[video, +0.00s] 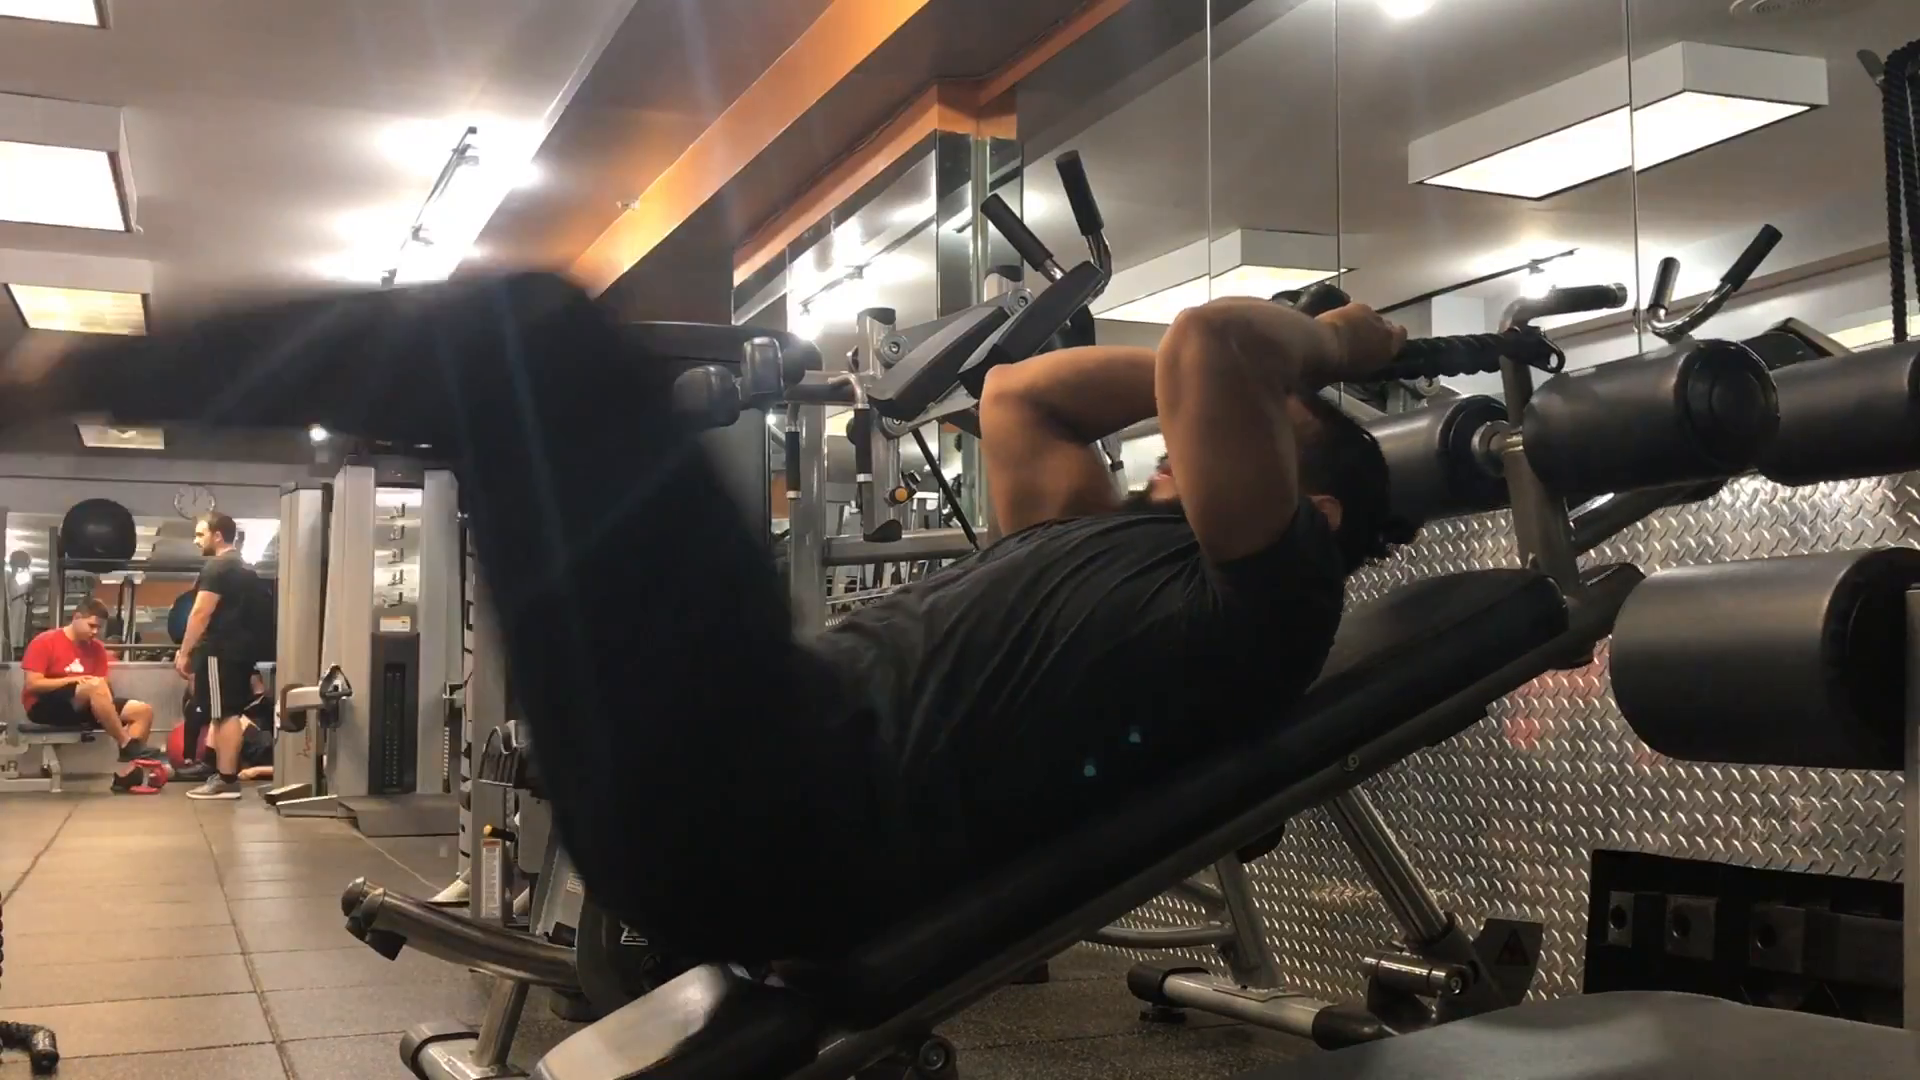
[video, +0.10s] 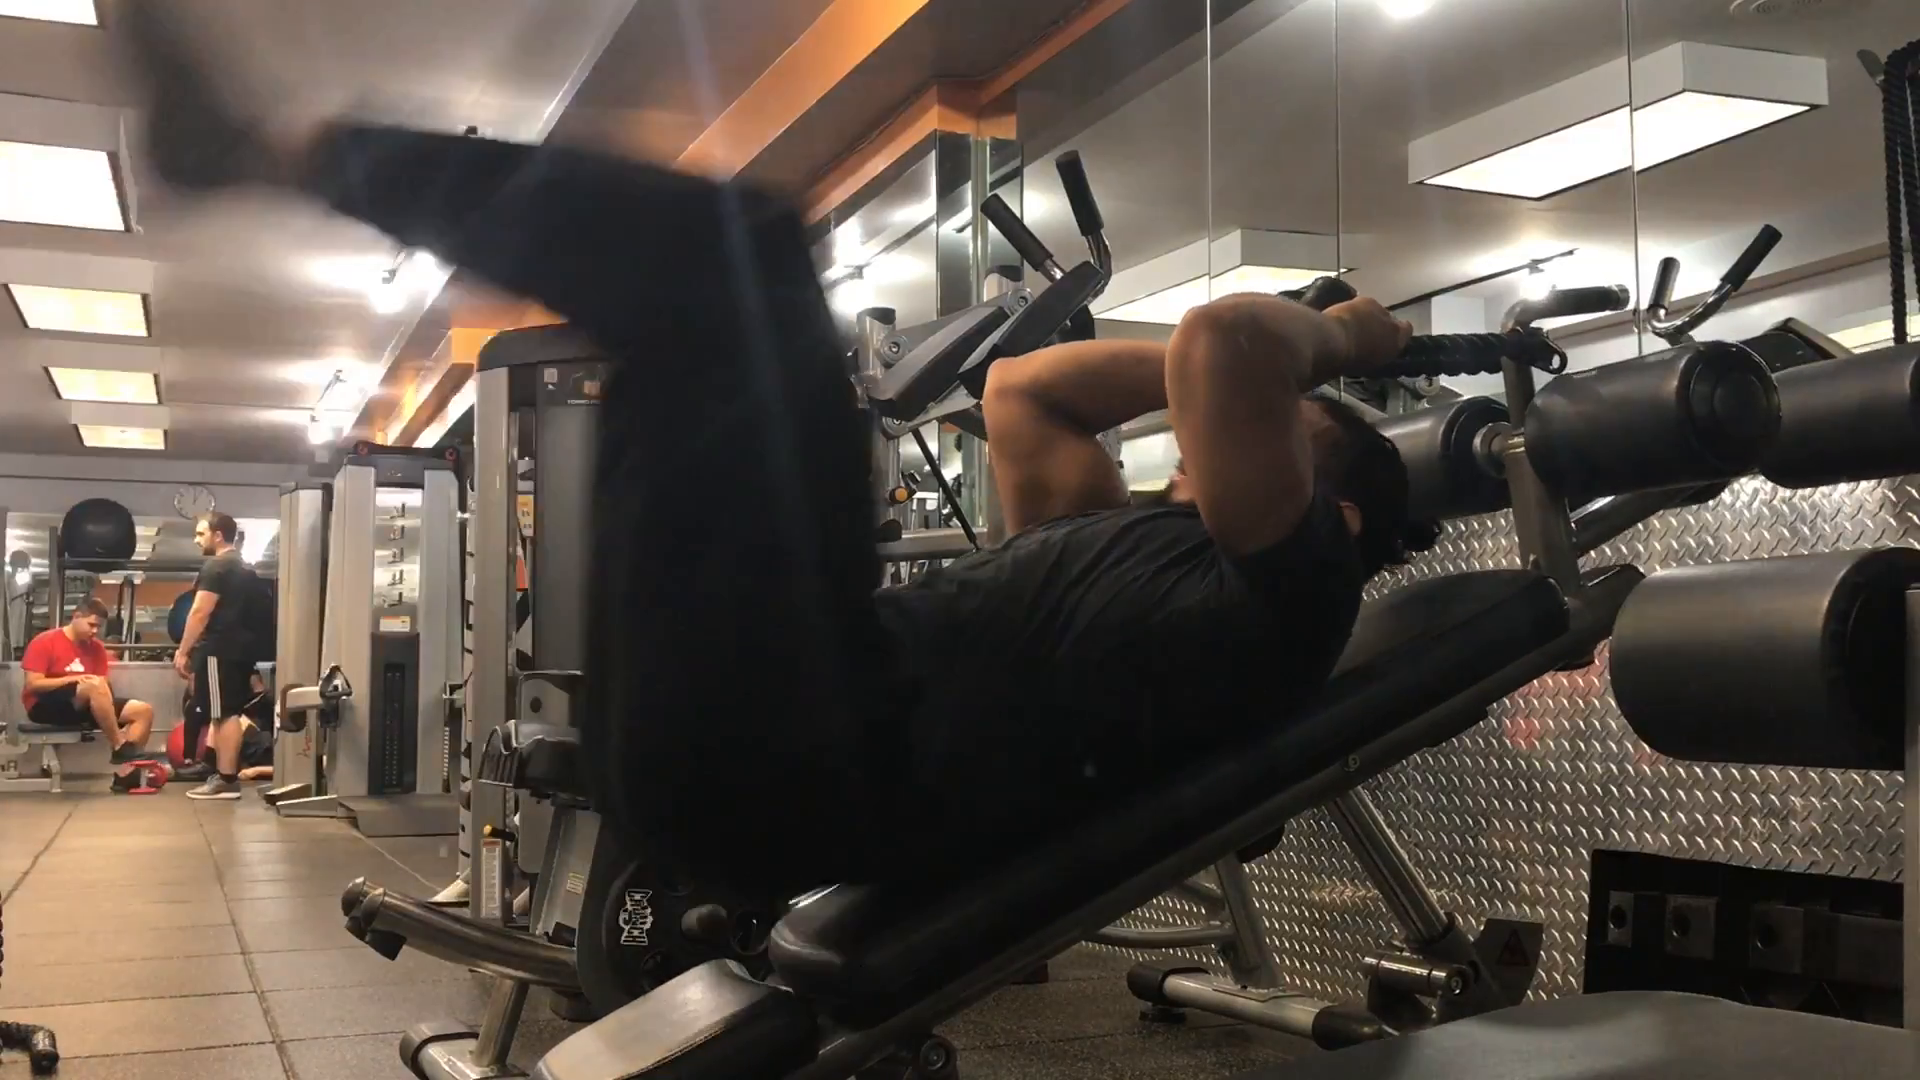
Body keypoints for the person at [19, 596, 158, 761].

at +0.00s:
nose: (95, 632)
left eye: (98, 628)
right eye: (91, 626)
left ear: (101, 627)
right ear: (76, 617)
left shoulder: (97, 648)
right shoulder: (44, 642)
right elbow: (33, 684)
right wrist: (72, 680)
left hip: (85, 706)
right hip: (45, 707)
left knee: (143, 711)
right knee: (96, 685)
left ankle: (125, 774)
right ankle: (125, 743)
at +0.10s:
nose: (94, 631)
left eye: (98, 627)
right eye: (91, 625)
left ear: (101, 626)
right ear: (76, 617)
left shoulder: (97, 648)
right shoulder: (44, 642)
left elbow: (102, 685)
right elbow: (33, 684)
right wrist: (73, 679)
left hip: (85, 705)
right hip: (45, 707)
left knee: (143, 711)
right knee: (96, 686)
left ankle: (125, 774)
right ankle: (118, 745)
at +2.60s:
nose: (89, 629)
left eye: (93, 624)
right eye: (85, 622)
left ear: (97, 624)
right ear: (70, 616)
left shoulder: (96, 646)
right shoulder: (43, 643)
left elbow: (100, 683)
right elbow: (37, 684)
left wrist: (108, 705)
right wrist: (76, 694)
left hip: (84, 702)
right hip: (46, 704)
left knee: (143, 712)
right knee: (89, 711)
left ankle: (129, 773)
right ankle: (106, 776)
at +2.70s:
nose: (90, 629)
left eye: (94, 624)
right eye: (86, 622)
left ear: (98, 623)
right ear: (71, 616)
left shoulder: (97, 646)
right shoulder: (44, 643)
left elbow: (100, 682)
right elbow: (37, 684)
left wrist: (108, 705)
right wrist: (77, 694)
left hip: (83, 702)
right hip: (46, 704)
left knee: (143, 711)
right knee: (92, 712)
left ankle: (129, 773)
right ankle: (107, 777)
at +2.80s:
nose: (90, 629)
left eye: (94, 624)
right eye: (86, 622)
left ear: (98, 623)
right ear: (71, 616)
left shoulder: (97, 646)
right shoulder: (44, 643)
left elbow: (100, 682)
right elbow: (39, 684)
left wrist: (107, 705)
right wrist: (79, 693)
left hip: (83, 702)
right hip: (46, 704)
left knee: (143, 711)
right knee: (92, 711)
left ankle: (129, 773)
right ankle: (108, 777)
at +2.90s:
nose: (90, 629)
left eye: (94, 624)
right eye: (86, 623)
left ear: (98, 623)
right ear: (71, 616)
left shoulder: (97, 646)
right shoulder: (44, 643)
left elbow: (100, 682)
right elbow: (40, 684)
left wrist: (107, 706)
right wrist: (79, 693)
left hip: (83, 702)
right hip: (46, 704)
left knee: (143, 711)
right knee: (93, 712)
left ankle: (129, 773)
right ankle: (108, 777)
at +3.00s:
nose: (90, 629)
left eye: (94, 624)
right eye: (86, 622)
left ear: (98, 623)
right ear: (71, 616)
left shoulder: (96, 646)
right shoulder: (44, 642)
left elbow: (101, 682)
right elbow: (40, 684)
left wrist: (108, 706)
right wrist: (80, 693)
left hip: (82, 702)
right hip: (46, 704)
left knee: (143, 711)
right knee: (93, 712)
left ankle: (130, 773)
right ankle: (108, 777)